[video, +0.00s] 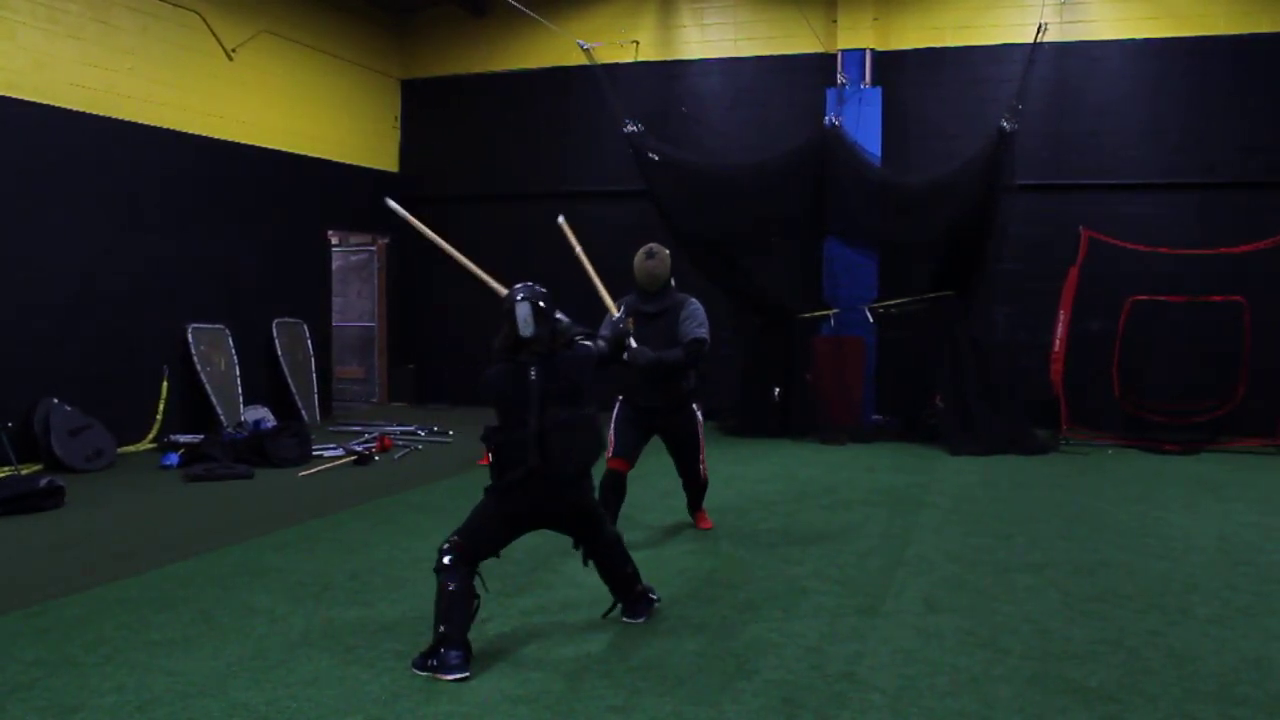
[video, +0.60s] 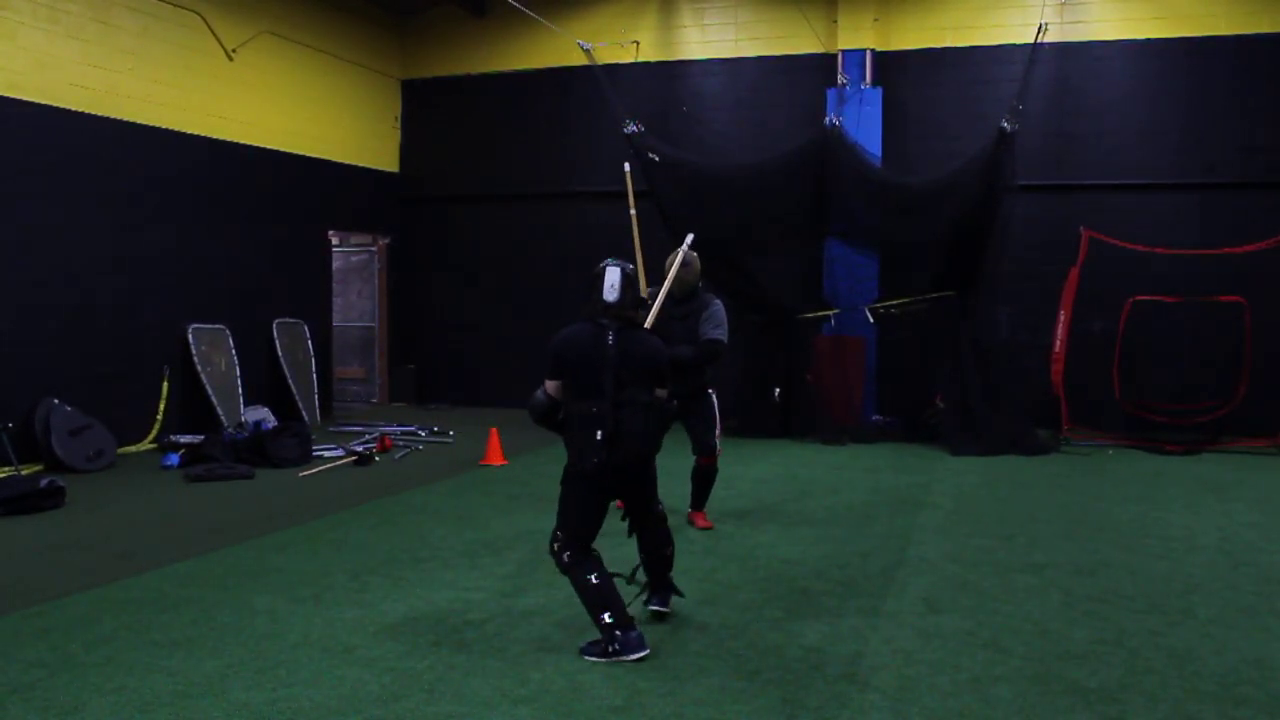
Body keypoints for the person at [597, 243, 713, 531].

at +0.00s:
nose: (649, 277)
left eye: (654, 272)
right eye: (645, 272)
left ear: (665, 275)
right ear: (636, 276)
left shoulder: (687, 307)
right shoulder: (623, 309)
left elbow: (696, 350)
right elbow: (601, 353)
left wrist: (651, 358)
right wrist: (616, 339)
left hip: (678, 401)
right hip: (634, 402)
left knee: (695, 472)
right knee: (616, 469)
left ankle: (697, 510)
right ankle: (603, 531)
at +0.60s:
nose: (677, 281)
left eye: (684, 275)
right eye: (674, 274)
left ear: (695, 277)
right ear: (667, 274)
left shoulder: (709, 306)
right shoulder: (651, 301)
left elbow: (714, 348)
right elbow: (634, 338)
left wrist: (670, 358)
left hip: (695, 389)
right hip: (656, 389)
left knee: (708, 450)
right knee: (640, 447)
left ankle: (697, 509)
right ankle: (632, 498)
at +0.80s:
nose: (665, 286)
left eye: (671, 280)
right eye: (661, 280)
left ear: (681, 282)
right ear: (652, 283)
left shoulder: (696, 312)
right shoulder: (644, 308)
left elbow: (688, 355)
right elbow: (627, 350)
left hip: (688, 392)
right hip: (650, 391)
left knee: (698, 447)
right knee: (643, 446)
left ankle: (696, 509)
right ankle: (635, 494)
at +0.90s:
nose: (659, 276)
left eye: (665, 270)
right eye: (655, 270)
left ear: (678, 276)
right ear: (648, 275)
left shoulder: (694, 307)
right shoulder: (642, 302)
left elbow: (683, 354)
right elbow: (629, 339)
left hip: (685, 386)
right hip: (646, 386)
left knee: (694, 445)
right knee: (649, 447)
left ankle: (696, 508)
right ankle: (653, 507)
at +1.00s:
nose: (659, 277)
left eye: (664, 272)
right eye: (655, 272)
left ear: (674, 274)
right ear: (650, 273)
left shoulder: (691, 302)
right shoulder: (633, 295)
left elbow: (690, 341)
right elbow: (616, 329)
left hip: (682, 382)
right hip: (643, 380)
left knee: (689, 441)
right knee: (643, 439)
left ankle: (691, 504)